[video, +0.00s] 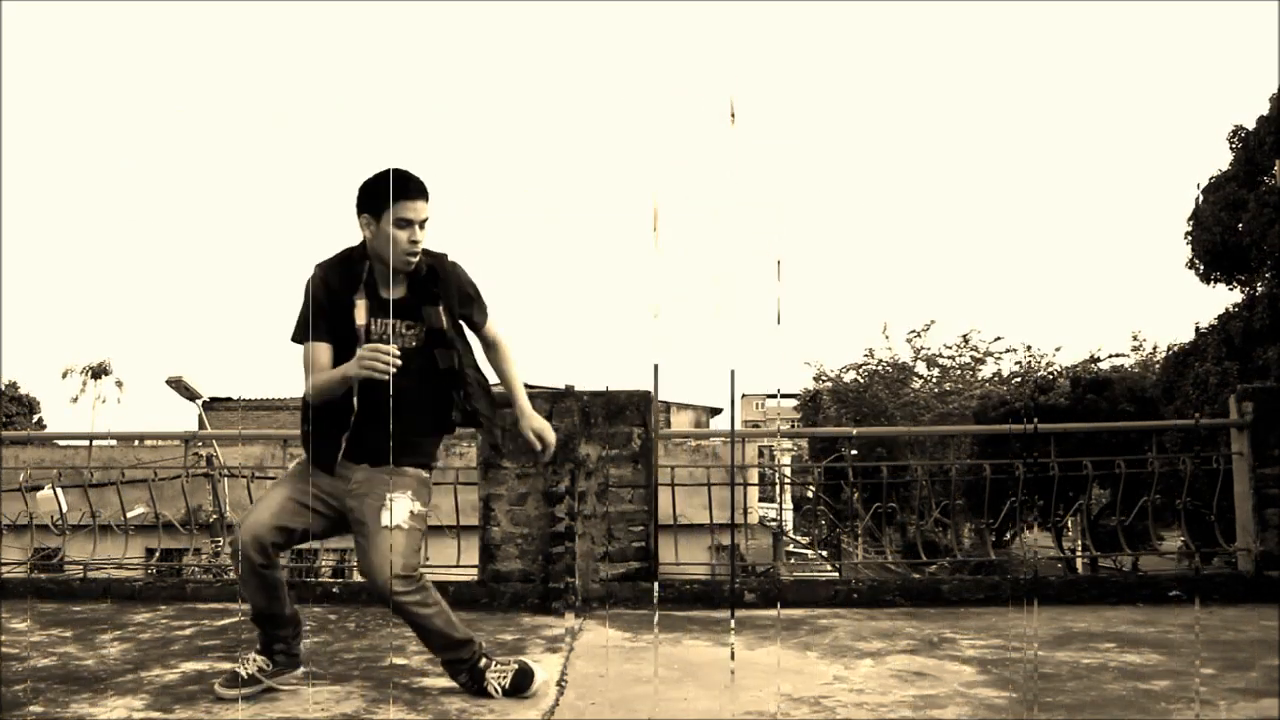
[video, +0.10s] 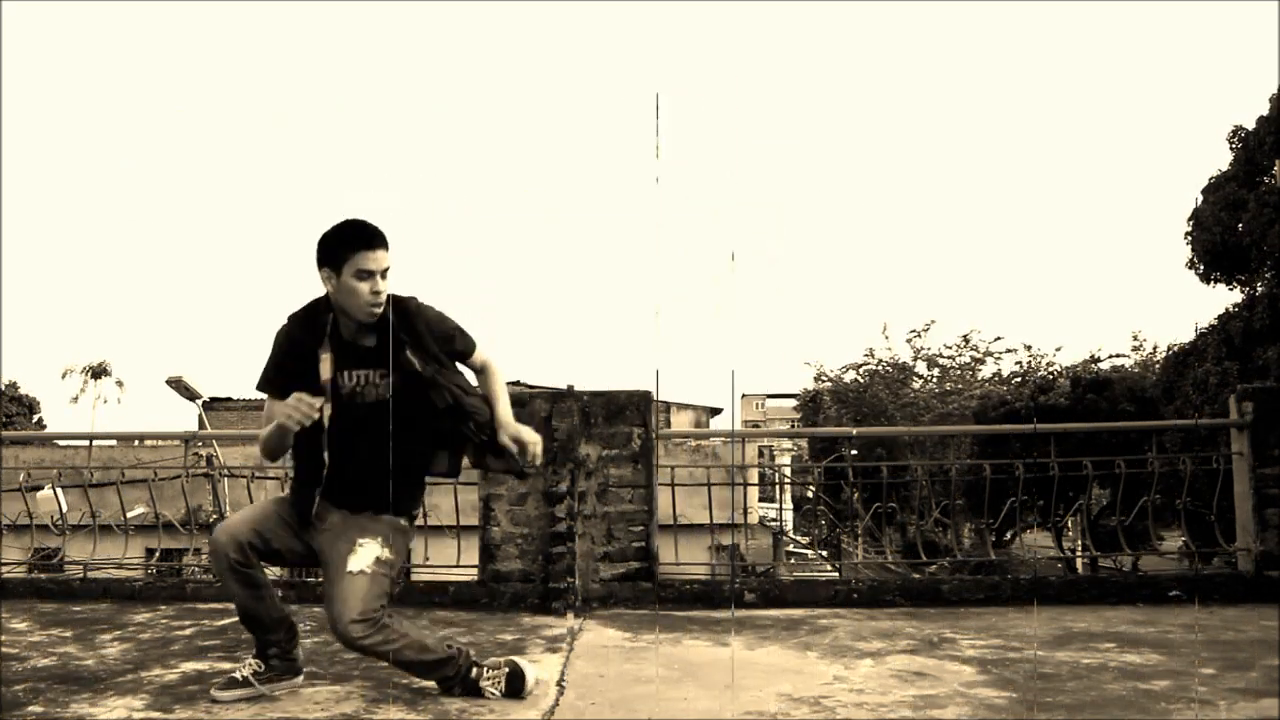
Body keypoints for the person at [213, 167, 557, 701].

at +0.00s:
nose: (418, 238)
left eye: (423, 225)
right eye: (405, 225)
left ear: (429, 224)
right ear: (367, 226)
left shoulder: (443, 278)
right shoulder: (332, 279)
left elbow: (491, 338)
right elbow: (314, 388)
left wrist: (523, 408)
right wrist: (349, 369)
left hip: (398, 472)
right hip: (326, 467)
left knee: (392, 576)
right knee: (255, 536)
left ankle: (474, 668)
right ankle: (280, 655)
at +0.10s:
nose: (379, 288)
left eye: (384, 275)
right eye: (365, 276)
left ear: (390, 273)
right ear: (328, 280)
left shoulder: (414, 322)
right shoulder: (302, 331)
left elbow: (485, 365)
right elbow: (269, 451)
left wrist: (505, 419)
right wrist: (284, 423)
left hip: (376, 518)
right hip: (310, 506)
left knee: (355, 622)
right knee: (227, 541)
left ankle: (470, 674)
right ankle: (278, 659)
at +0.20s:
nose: (344, 348)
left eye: (350, 334)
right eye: (329, 337)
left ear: (358, 328)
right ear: (295, 339)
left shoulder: (384, 379)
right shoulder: (273, 393)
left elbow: (458, 432)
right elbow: (251, 479)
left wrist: (453, 487)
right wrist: (241, 491)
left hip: (370, 554)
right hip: (301, 541)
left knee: (340, 664)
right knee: (225, 543)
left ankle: (468, 674)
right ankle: (278, 660)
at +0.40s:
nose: (307, 381)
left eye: (314, 366)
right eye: (291, 370)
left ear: (324, 357)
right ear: (263, 369)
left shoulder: (357, 414)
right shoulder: (252, 407)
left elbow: (418, 496)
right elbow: (194, 482)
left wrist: (403, 539)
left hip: (363, 565)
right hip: (303, 551)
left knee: (338, 685)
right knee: (226, 548)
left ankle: (464, 674)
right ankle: (280, 663)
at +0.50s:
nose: (307, 352)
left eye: (315, 338)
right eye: (292, 341)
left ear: (324, 332)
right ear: (264, 341)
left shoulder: (354, 380)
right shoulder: (251, 386)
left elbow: (436, 448)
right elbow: (179, 450)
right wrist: (127, 404)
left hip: (366, 559)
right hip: (301, 545)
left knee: (338, 682)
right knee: (218, 542)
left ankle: (467, 675)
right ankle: (278, 659)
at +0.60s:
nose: (295, 341)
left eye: (303, 327)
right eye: (279, 330)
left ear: (314, 326)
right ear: (252, 337)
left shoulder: (347, 375)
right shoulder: (246, 389)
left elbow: (423, 427)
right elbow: (196, 465)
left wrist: (429, 434)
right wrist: (143, 428)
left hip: (363, 559)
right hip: (299, 546)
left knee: (334, 689)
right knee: (213, 547)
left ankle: (466, 675)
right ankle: (281, 660)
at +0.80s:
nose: (279, 345)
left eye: (288, 329)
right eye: (267, 336)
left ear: (313, 316)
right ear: (256, 334)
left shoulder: (360, 359)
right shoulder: (261, 380)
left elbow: (450, 403)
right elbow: (174, 426)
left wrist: (401, 344)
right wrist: (125, 362)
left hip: (382, 548)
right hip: (311, 540)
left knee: (350, 659)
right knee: (234, 547)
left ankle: (467, 674)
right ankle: (278, 662)